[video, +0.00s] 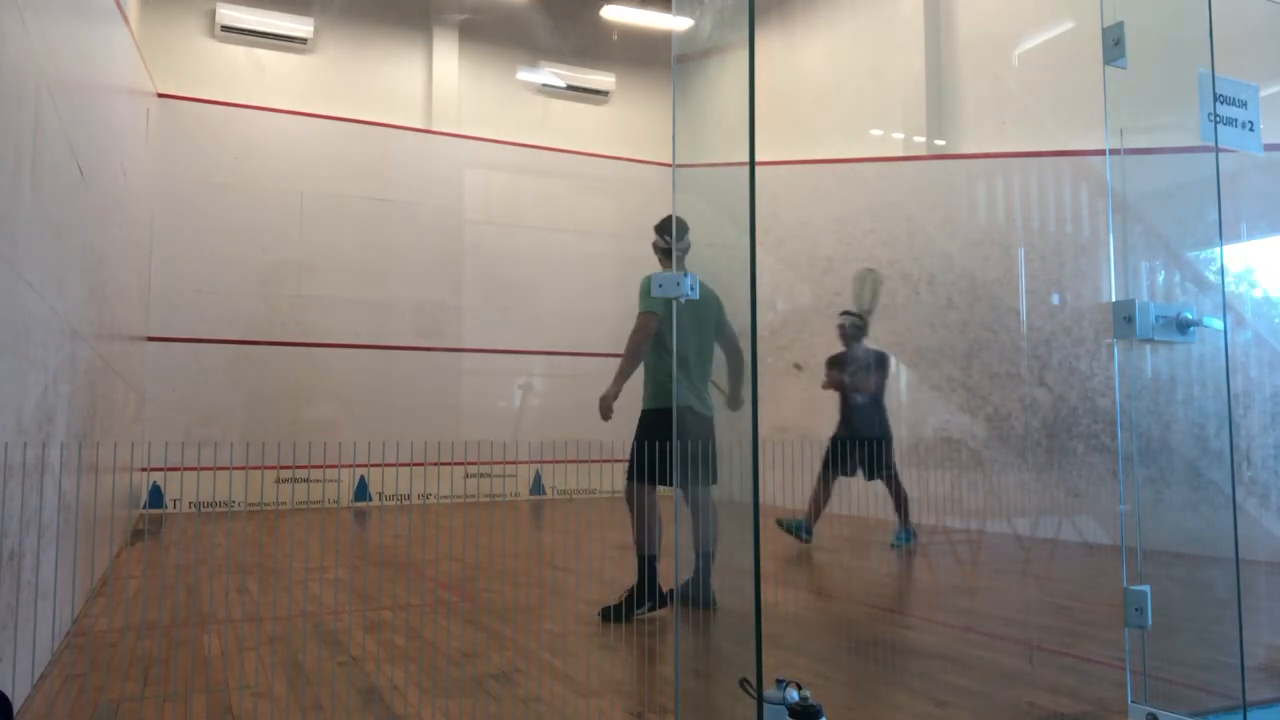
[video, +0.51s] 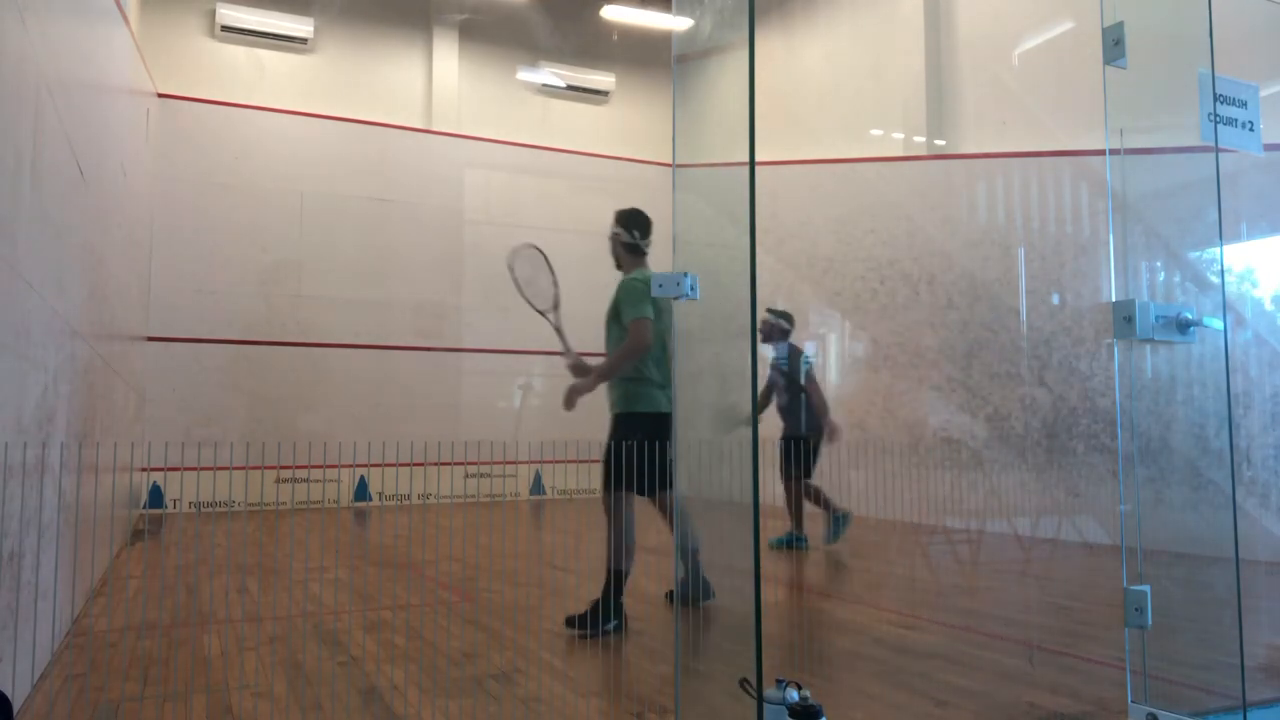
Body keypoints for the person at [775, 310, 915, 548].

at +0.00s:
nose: (841, 332)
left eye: (845, 328)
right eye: (840, 328)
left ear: (859, 330)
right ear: (841, 332)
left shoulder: (878, 358)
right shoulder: (836, 360)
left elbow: (872, 386)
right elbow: (833, 383)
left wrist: (841, 381)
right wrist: (859, 383)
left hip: (875, 431)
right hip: (847, 431)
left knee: (890, 479)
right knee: (826, 476)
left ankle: (906, 528)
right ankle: (807, 525)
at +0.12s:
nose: (827, 336)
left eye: (832, 331)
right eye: (825, 331)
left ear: (846, 332)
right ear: (823, 334)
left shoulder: (862, 360)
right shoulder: (821, 363)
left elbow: (859, 389)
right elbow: (828, 383)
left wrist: (828, 382)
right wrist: (848, 359)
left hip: (862, 432)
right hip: (835, 433)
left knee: (882, 479)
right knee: (812, 477)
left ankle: (903, 525)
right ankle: (802, 530)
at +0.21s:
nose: (806, 337)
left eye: (811, 333)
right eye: (805, 333)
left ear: (825, 335)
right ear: (805, 335)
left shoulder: (845, 359)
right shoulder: (804, 367)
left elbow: (841, 392)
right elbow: (813, 388)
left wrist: (804, 395)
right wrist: (842, 369)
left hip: (848, 430)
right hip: (822, 431)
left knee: (868, 481)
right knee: (797, 478)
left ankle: (899, 521)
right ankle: (797, 533)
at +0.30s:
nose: (787, 338)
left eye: (792, 333)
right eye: (787, 333)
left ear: (805, 335)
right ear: (791, 336)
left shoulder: (823, 361)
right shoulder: (792, 367)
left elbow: (816, 397)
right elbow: (782, 391)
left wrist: (786, 419)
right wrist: (803, 391)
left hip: (835, 428)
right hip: (812, 428)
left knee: (846, 484)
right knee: (792, 477)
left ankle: (885, 514)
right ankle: (797, 533)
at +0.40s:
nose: (774, 339)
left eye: (779, 335)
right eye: (774, 334)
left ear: (793, 336)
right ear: (784, 339)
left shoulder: (810, 362)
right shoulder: (785, 370)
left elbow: (812, 398)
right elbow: (765, 397)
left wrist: (807, 429)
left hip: (822, 429)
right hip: (801, 430)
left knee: (821, 484)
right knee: (792, 478)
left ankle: (863, 509)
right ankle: (797, 533)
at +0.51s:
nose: (760, 330)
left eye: (765, 327)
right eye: (761, 326)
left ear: (779, 330)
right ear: (775, 330)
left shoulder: (793, 355)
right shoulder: (779, 358)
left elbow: (813, 388)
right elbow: (768, 391)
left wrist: (826, 420)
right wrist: (753, 414)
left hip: (808, 427)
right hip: (792, 427)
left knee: (798, 480)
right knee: (790, 480)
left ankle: (837, 512)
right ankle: (797, 532)